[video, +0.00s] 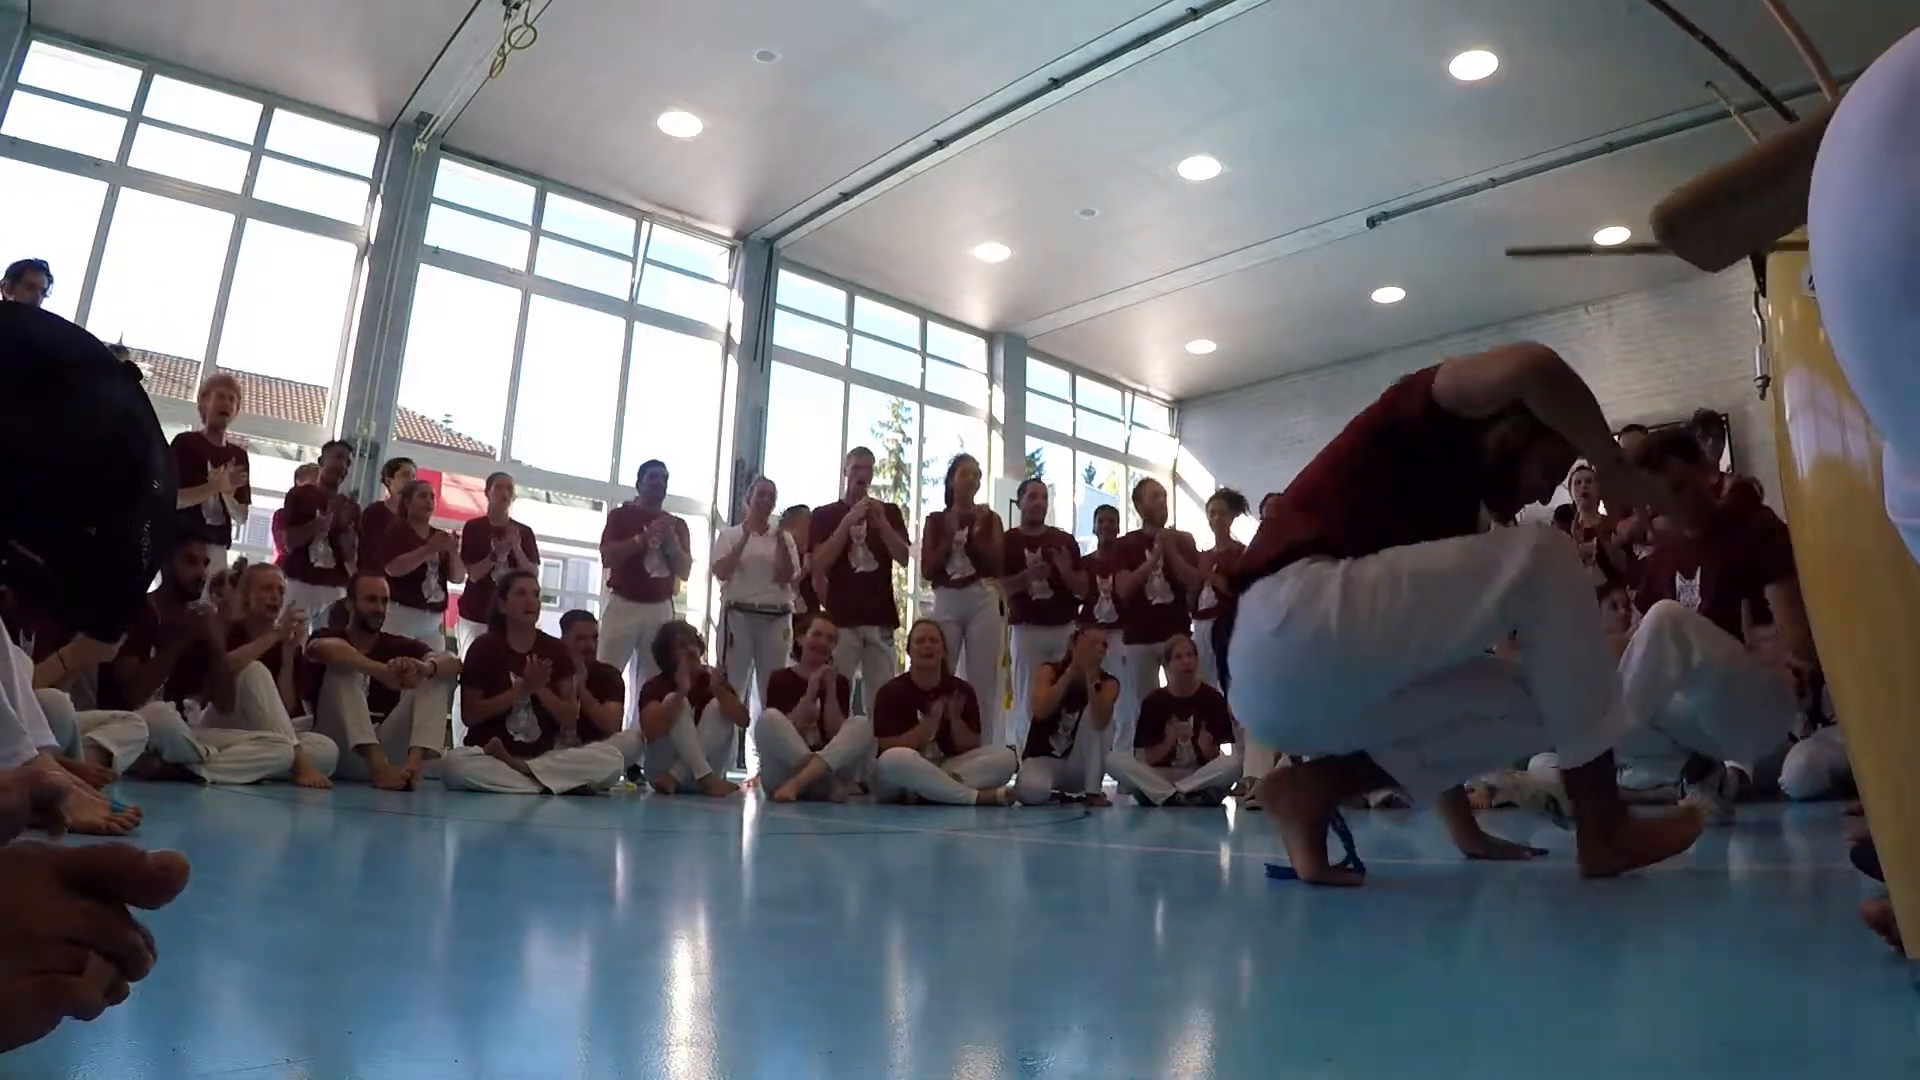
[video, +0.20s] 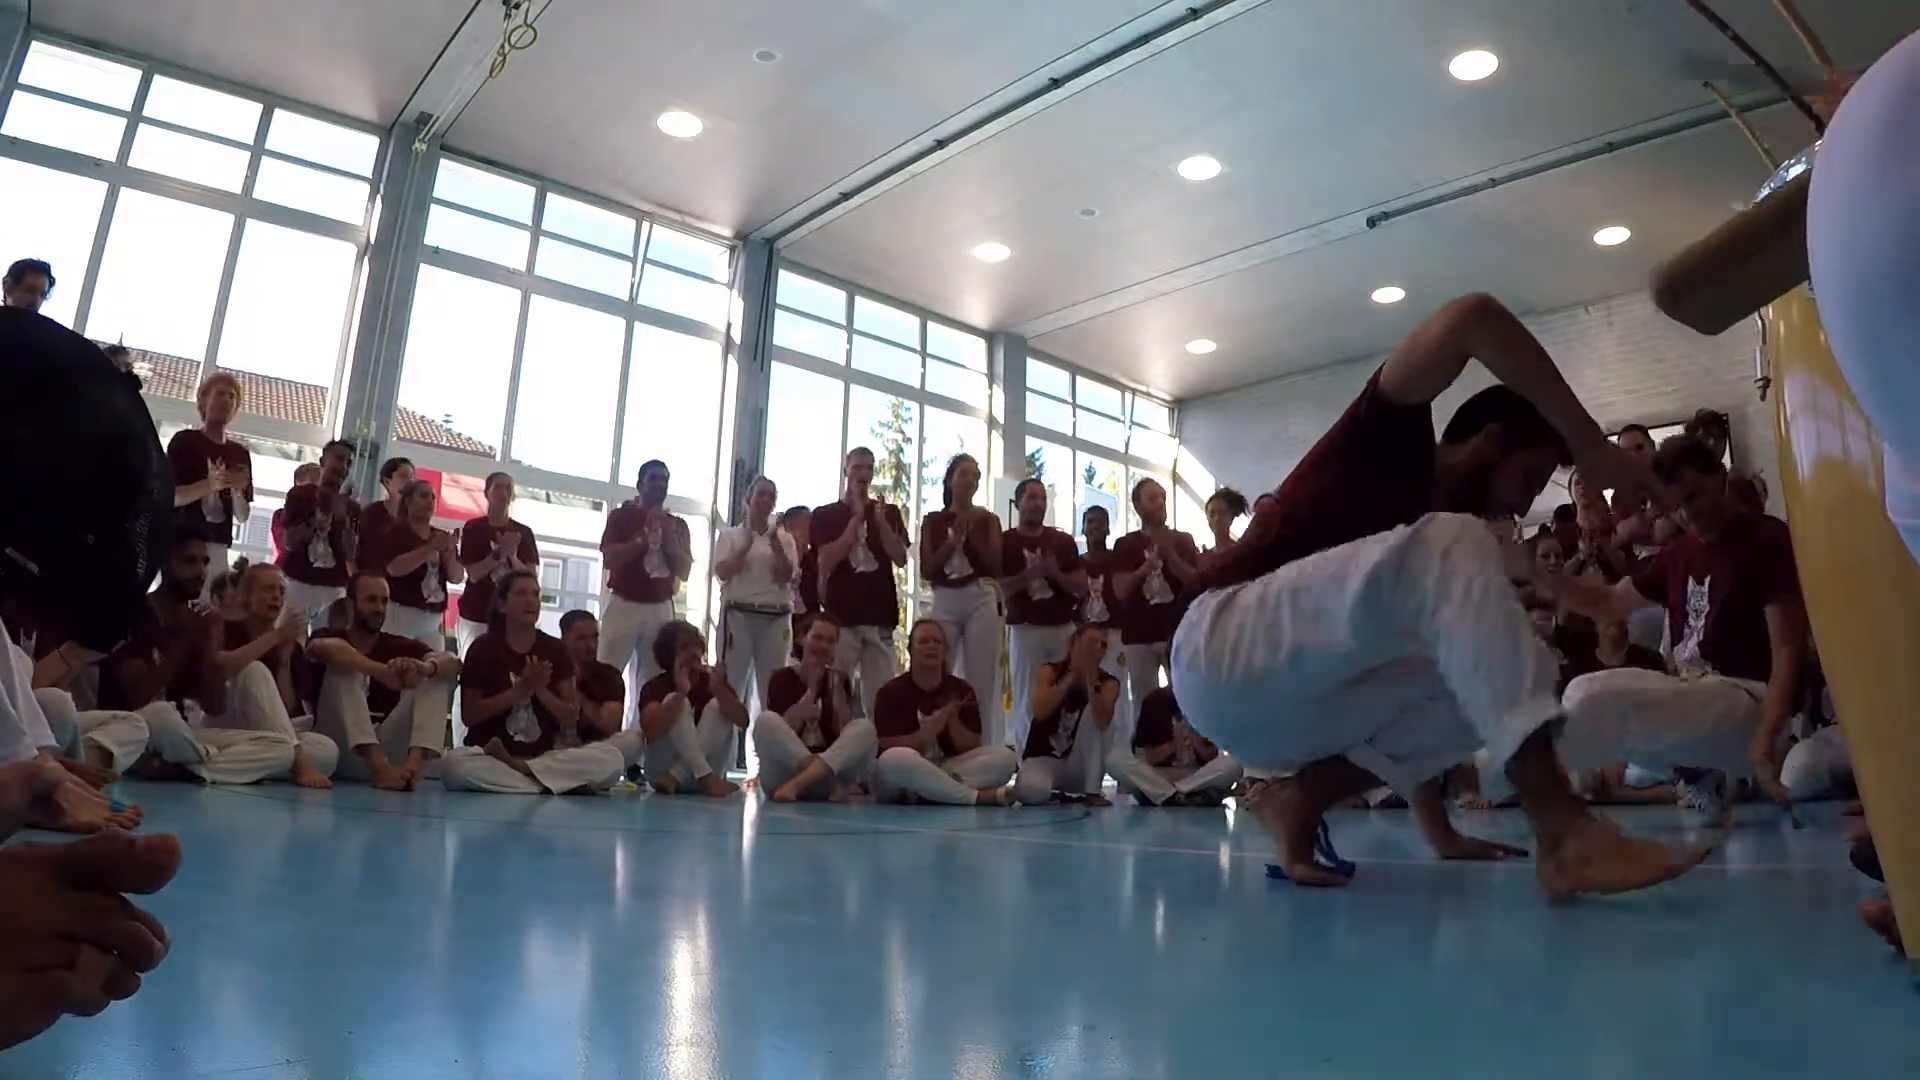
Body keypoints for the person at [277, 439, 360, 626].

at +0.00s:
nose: (343, 466)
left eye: (348, 462)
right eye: (338, 457)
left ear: (349, 469)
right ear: (321, 460)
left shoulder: (349, 506)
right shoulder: (298, 495)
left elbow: (351, 556)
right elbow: (288, 541)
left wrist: (343, 525)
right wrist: (317, 526)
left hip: (334, 586)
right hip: (299, 582)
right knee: (289, 648)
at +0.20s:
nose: (344, 467)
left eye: (348, 463)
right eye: (339, 458)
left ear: (351, 469)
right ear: (323, 460)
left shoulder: (351, 508)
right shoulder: (299, 495)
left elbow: (349, 554)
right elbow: (289, 541)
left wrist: (342, 523)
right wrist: (313, 525)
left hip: (334, 587)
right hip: (298, 582)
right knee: (287, 649)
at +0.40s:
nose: (342, 467)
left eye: (347, 463)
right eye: (337, 460)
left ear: (350, 470)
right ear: (324, 461)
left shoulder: (351, 508)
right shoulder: (298, 495)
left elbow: (350, 552)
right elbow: (289, 537)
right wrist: (306, 502)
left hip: (332, 586)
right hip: (297, 580)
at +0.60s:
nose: (342, 467)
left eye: (347, 463)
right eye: (337, 459)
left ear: (351, 469)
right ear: (325, 460)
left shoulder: (354, 510)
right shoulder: (301, 495)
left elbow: (351, 553)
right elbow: (290, 539)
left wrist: (335, 529)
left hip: (334, 582)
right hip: (299, 576)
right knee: (289, 644)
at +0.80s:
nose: (344, 466)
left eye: (350, 462)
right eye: (339, 458)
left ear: (352, 468)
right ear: (324, 461)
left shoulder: (356, 511)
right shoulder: (297, 498)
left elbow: (358, 555)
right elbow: (272, 541)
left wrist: (350, 561)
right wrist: (300, 548)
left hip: (335, 593)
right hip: (296, 588)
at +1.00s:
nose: (341, 465)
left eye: (347, 461)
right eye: (336, 458)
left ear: (351, 468)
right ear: (322, 462)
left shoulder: (355, 511)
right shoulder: (298, 498)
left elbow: (358, 552)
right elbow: (278, 546)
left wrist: (352, 580)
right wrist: (303, 524)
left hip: (335, 591)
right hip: (298, 586)